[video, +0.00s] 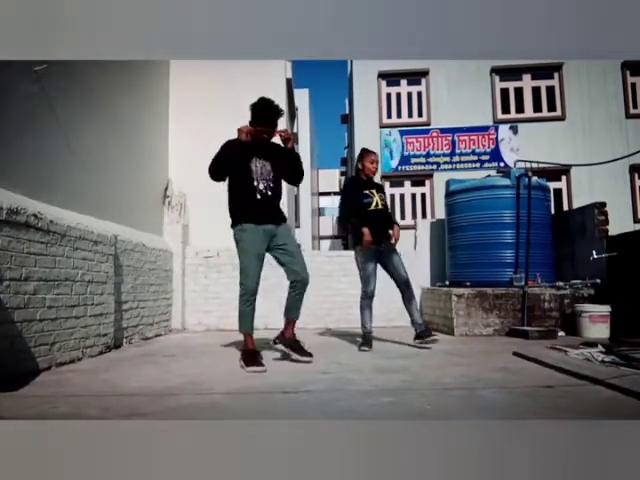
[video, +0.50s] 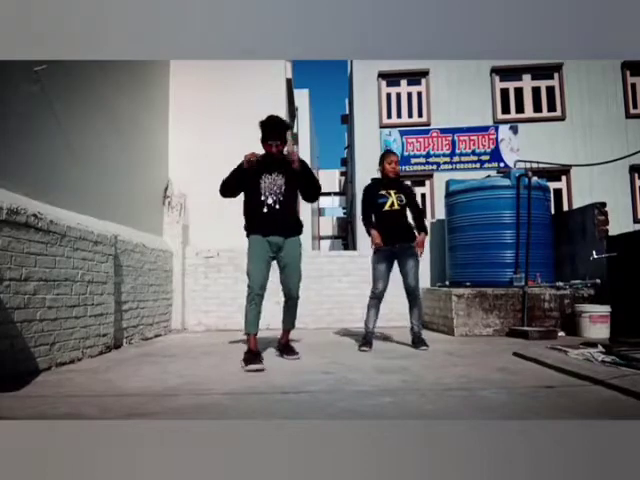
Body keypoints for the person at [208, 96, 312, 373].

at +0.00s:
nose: (269, 132)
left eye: (272, 128)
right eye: (266, 128)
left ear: (274, 127)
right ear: (254, 125)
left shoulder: (276, 150)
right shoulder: (236, 148)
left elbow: (296, 178)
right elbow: (216, 174)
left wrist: (291, 148)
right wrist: (237, 142)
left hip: (277, 225)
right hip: (249, 226)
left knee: (300, 278)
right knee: (249, 287)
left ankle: (288, 334)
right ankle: (249, 347)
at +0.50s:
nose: (274, 148)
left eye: (279, 143)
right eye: (270, 144)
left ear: (286, 142)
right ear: (263, 142)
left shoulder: (294, 165)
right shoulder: (253, 166)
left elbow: (313, 195)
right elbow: (226, 191)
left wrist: (299, 166)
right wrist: (244, 167)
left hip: (289, 236)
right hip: (260, 236)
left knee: (292, 292)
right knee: (256, 290)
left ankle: (285, 342)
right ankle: (253, 348)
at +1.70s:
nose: (241, 152)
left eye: (244, 148)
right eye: (236, 148)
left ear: (250, 151)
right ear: (228, 151)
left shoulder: (264, 173)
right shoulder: (224, 185)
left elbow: (290, 198)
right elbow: (219, 213)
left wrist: (290, 223)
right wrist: (222, 234)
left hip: (270, 238)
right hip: (244, 243)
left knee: (287, 281)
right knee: (240, 292)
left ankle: (300, 311)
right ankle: (251, 337)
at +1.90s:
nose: (248, 140)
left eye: (253, 137)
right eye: (244, 135)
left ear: (259, 141)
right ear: (237, 138)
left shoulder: (270, 167)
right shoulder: (226, 174)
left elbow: (287, 195)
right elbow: (215, 207)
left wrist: (288, 216)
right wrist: (222, 231)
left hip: (274, 231)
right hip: (246, 237)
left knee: (292, 271)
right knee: (247, 287)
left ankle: (289, 313)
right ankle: (252, 336)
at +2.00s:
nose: (257, 141)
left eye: (263, 138)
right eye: (254, 136)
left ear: (267, 143)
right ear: (246, 139)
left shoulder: (274, 172)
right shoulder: (230, 174)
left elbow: (287, 200)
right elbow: (212, 209)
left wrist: (289, 221)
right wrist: (223, 233)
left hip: (275, 236)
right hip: (247, 239)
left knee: (292, 277)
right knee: (249, 291)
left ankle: (292, 333)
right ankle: (252, 338)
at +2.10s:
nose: (267, 142)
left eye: (272, 139)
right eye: (264, 137)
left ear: (277, 144)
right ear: (255, 140)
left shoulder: (279, 176)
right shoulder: (237, 172)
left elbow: (287, 205)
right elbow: (215, 206)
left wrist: (290, 224)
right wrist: (227, 233)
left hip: (276, 239)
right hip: (249, 240)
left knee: (287, 287)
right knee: (249, 292)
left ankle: (294, 341)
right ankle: (252, 338)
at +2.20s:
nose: (277, 141)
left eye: (281, 137)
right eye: (273, 136)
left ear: (286, 142)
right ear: (265, 138)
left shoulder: (286, 175)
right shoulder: (246, 167)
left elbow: (289, 206)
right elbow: (221, 201)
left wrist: (292, 224)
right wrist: (232, 229)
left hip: (281, 237)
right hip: (253, 238)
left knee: (290, 285)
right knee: (251, 289)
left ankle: (295, 342)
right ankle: (251, 336)